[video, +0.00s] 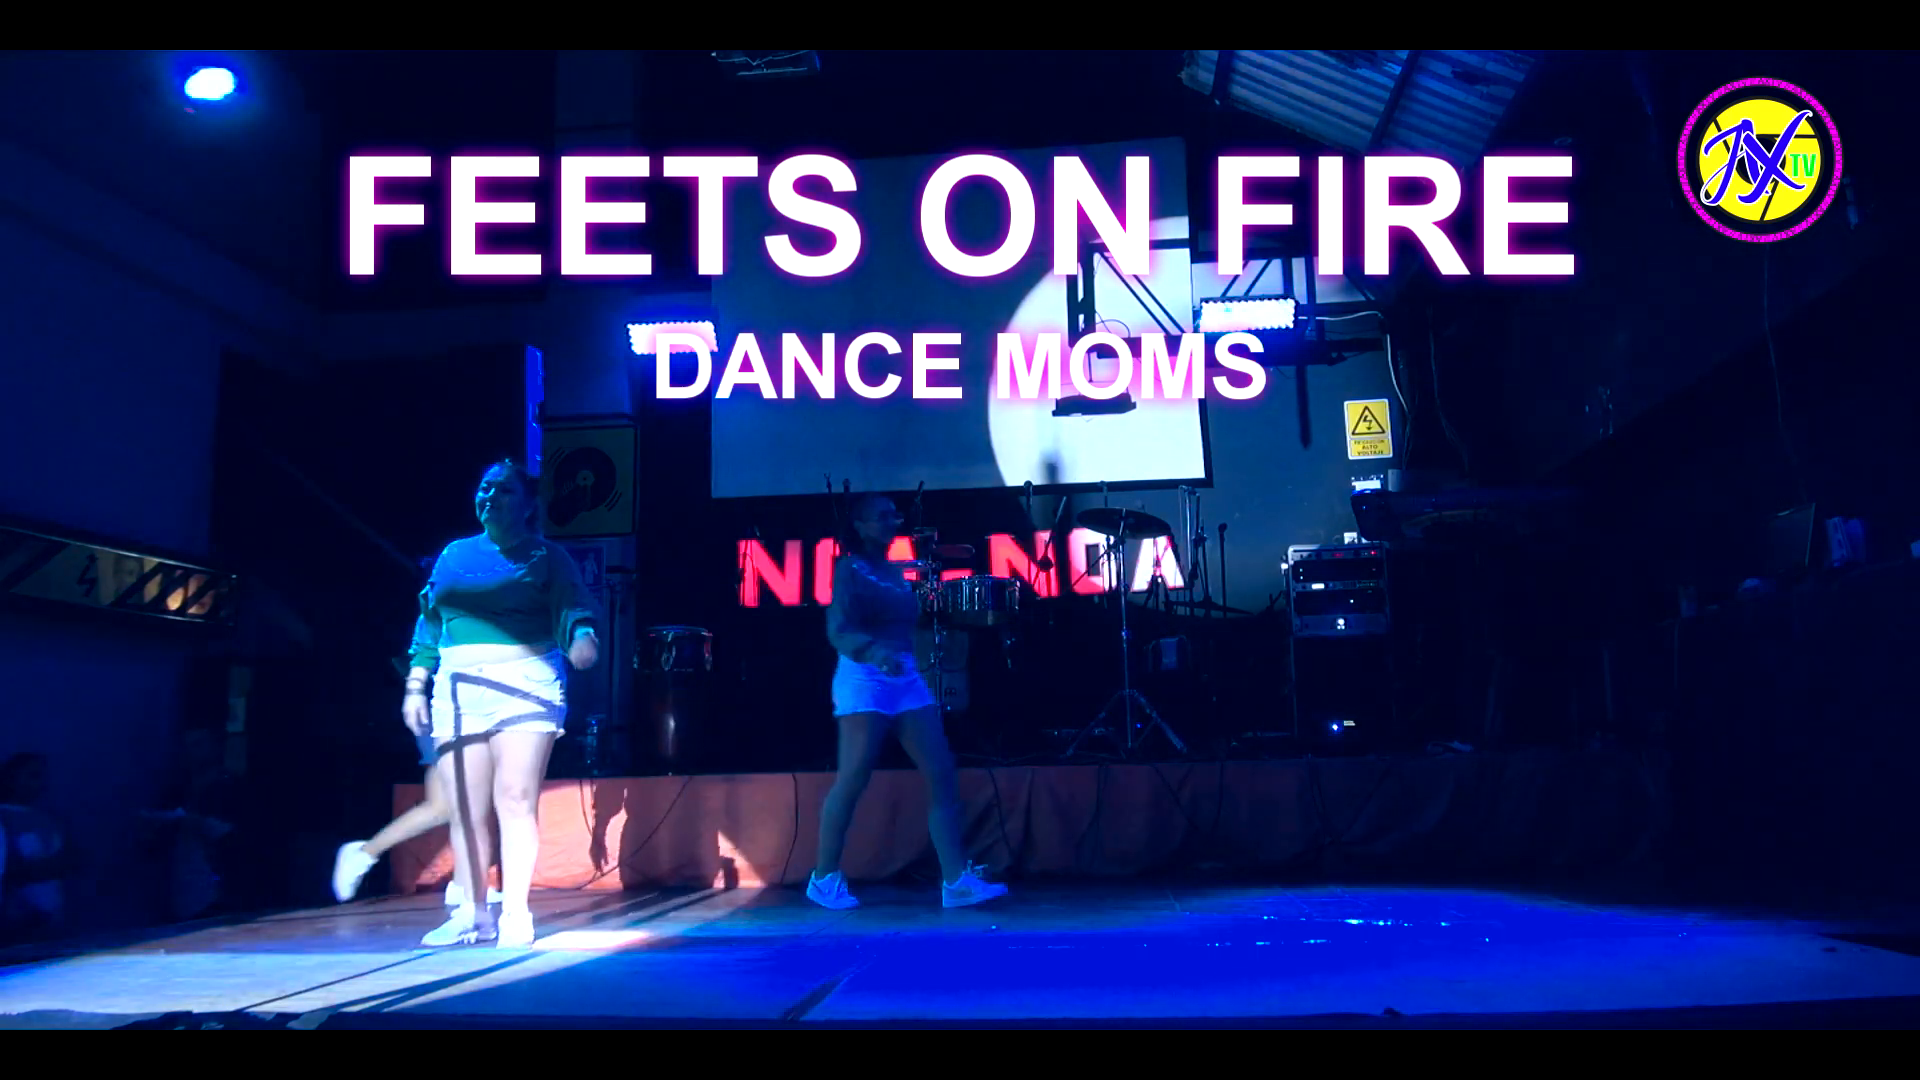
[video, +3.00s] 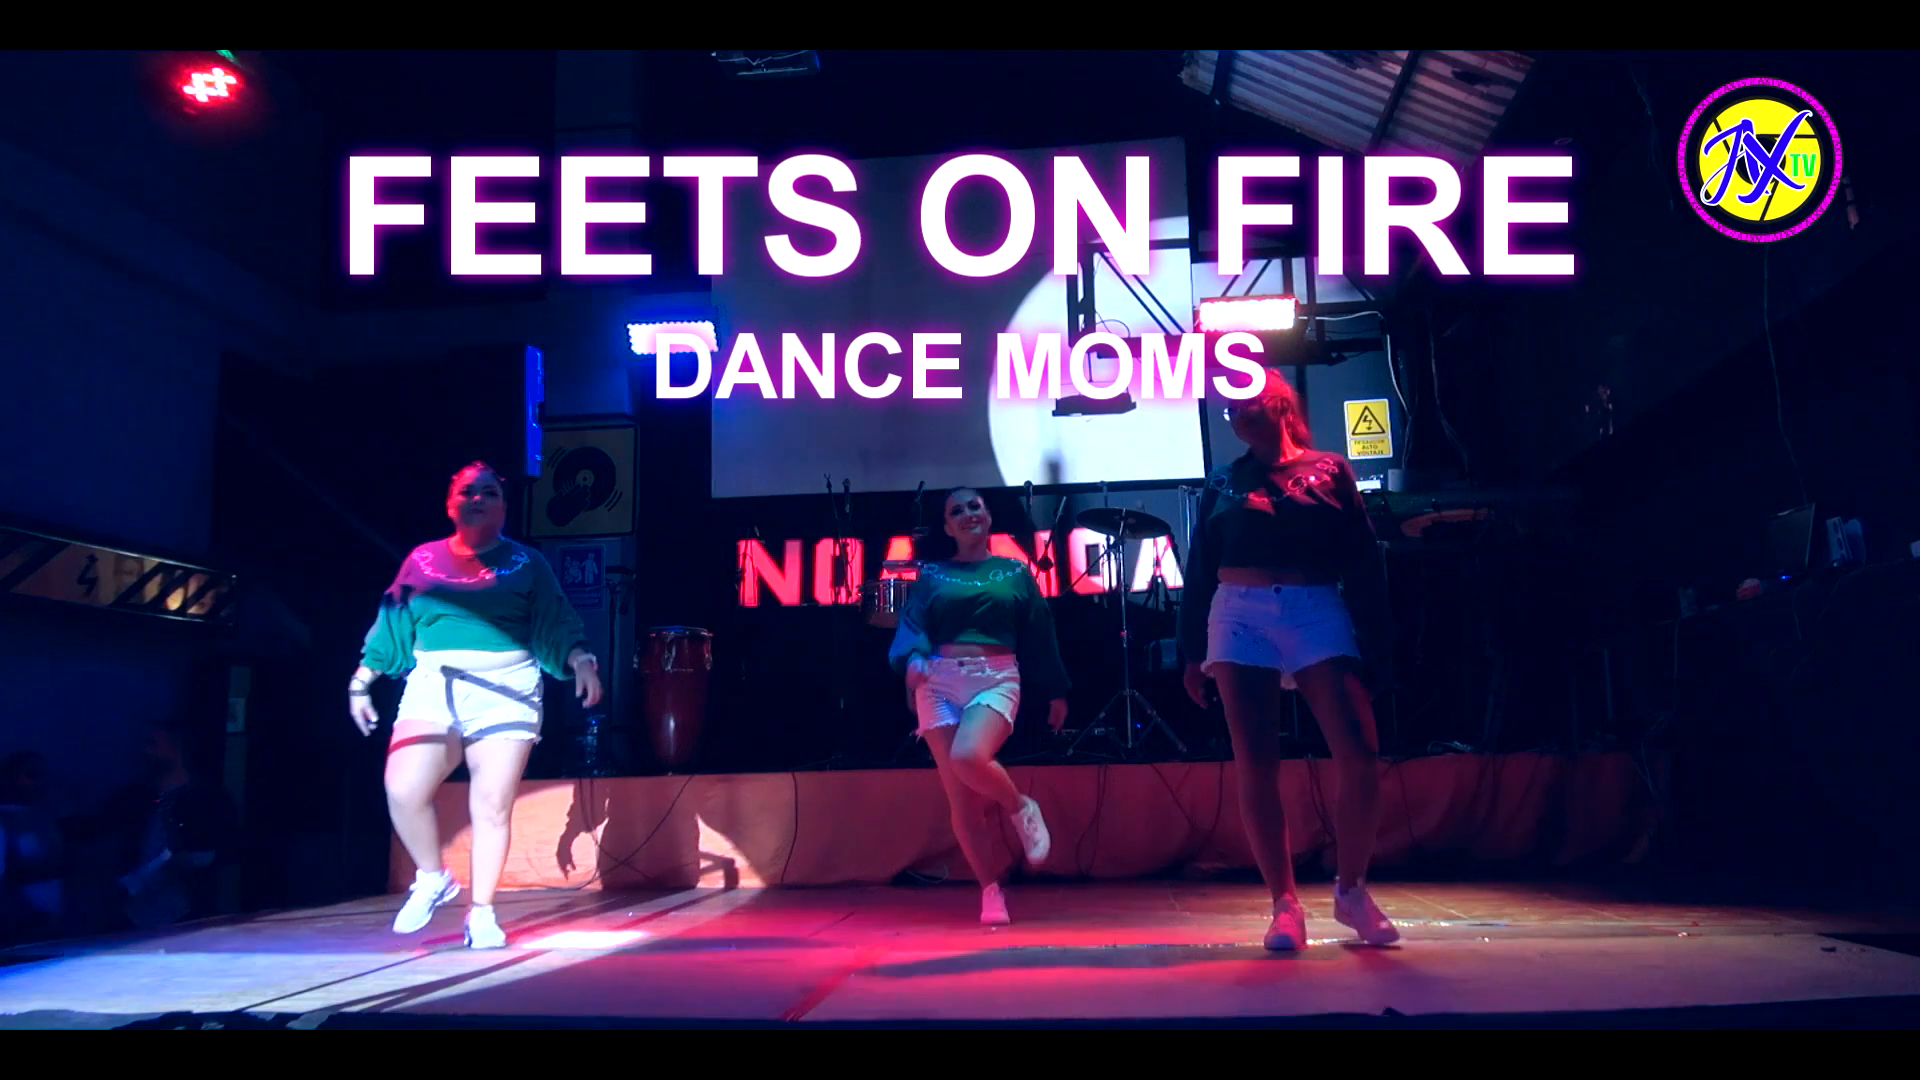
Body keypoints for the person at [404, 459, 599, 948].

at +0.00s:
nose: (488, 495)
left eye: (502, 489)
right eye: (484, 488)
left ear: (528, 503)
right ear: (475, 500)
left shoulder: (548, 558)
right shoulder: (453, 555)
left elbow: (573, 609)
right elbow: (429, 626)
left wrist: (581, 637)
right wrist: (416, 685)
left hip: (526, 684)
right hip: (459, 687)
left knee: (516, 799)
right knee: (468, 809)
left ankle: (516, 913)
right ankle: (475, 914)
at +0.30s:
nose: (479, 502)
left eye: (492, 497)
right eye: (473, 494)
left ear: (514, 510)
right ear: (462, 504)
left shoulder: (535, 564)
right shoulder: (438, 561)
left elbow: (574, 623)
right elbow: (409, 619)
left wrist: (589, 683)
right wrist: (366, 634)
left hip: (512, 680)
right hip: (444, 683)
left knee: (499, 793)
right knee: (458, 802)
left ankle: (511, 909)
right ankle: (470, 912)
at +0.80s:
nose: (487, 509)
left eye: (499, 502)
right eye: (479, 503)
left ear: (520, 510)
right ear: (469, 513)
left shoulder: (544, 564)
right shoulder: (455, 569)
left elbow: (571, 619)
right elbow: (431, 637)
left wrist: (572, 656)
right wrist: (415, 691)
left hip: (525, 689)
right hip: (456, 692)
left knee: (512, 804)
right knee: (426, 791)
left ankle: (514, 909)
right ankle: (458, 890)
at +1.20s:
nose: (484, 509)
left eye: (494, 502)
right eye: (475, 501)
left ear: (511, 511)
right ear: (459, 509)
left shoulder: (529, 566)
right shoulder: (428, 562)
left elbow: (553, 642)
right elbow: (401, 629)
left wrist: (556, 628)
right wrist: (384, 688)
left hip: (512, 685)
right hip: (441, 690)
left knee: (509, 804)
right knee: (443, 809)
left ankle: (512, 908)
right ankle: (458, 912)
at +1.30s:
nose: (478, 512)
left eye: (489, 504)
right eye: (469, 505)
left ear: (507, 514)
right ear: (456, 514)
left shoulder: (526, 572)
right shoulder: (427, 565)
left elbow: (549, 630)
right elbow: (385, 617)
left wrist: (552, 659)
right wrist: (341, 669)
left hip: (505, 687)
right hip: (434, 690)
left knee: (500, 802)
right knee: (440, 811)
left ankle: (509, 907)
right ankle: (457, 914)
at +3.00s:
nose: (476, 497)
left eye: (487, 492)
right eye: (466, 491)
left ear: (504, 508)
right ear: (450, 507)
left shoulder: (526, 564)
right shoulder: (422, 560)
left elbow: (556, 623)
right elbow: (390, 628)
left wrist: (581, 657)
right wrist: (360, 682)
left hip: (507, 685)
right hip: (431, 684)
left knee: (493, 803)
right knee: (403, 789)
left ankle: (482, 911)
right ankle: (432, 877)